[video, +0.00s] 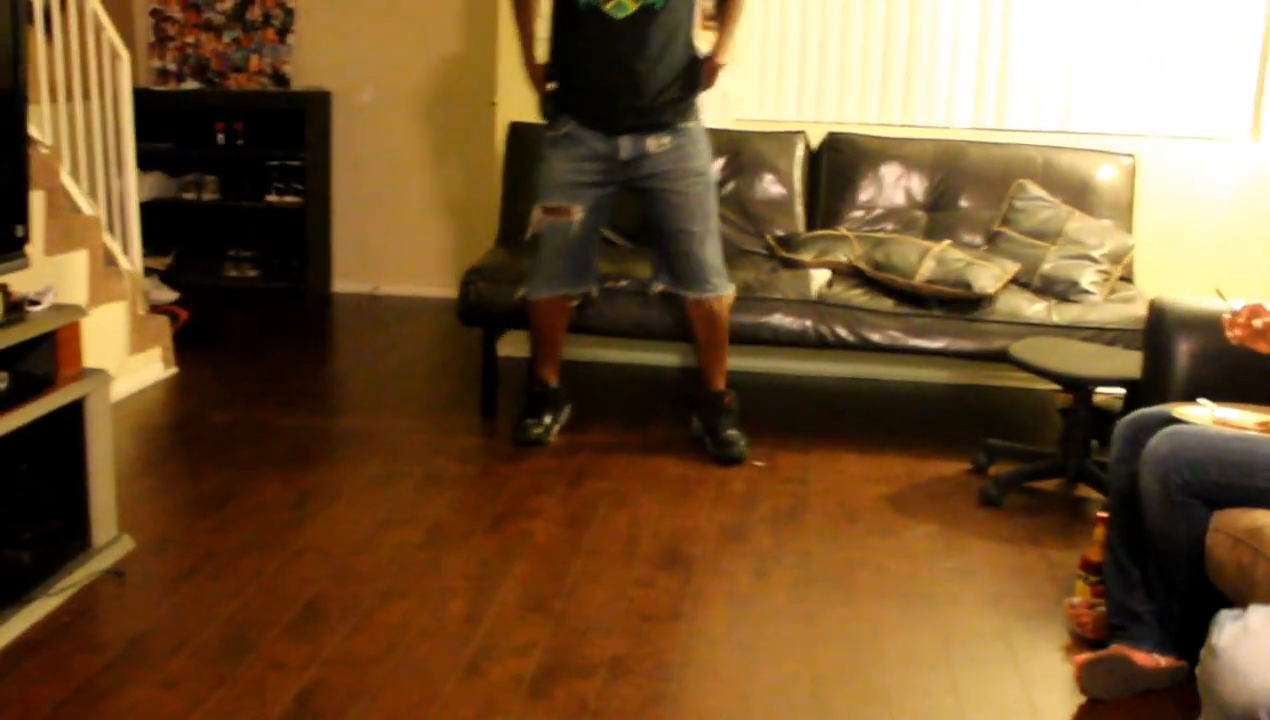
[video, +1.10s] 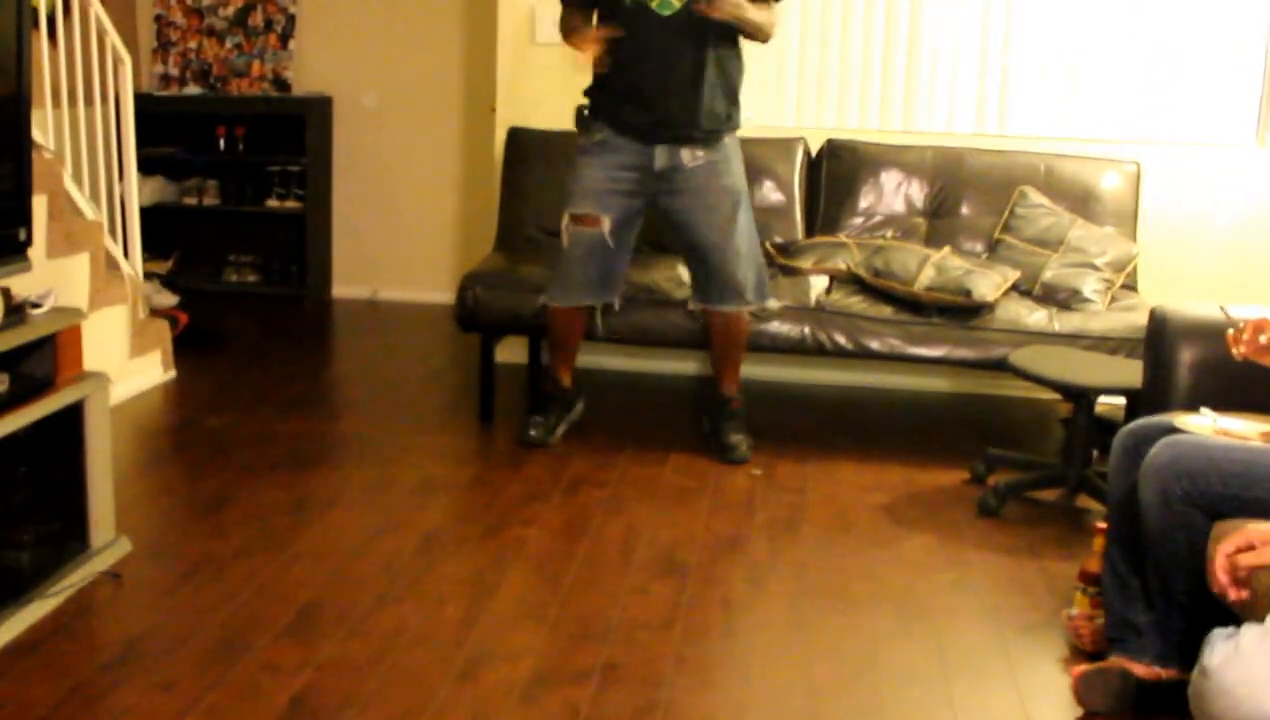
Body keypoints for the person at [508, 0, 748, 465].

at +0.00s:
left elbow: (731, 2)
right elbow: (522, 0)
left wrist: (717, 57)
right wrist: (532, 63)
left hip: (672, 125)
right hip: (577, 125)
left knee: (706, 279)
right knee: (552, 273)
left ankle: (717, 403)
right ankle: (545, 391)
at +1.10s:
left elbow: (766, 24)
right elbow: (572, 16)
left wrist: (733, 11)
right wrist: (580, 33)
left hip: (706, 138)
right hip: (614, 135)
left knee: (731, 280)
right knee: (575, 271)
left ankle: (727, 405)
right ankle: (560, 392)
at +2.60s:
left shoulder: (749, 5)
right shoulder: (612, 4)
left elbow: (764, 93)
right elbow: (621, 94)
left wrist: (768, 37)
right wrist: (596, 85)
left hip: (725, 189)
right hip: (634, 184)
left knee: (752, 336)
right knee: (595, 317)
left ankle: (753, 460)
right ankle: (576, 452)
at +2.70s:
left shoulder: (746, 21)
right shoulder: (609, 23)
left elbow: (765, 120)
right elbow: (587, 117)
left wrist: (719, 69)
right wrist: (637, 118)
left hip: (713, 226)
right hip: (623, 223)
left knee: (741, 374)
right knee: (594, 354)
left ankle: (750, 497)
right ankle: (578, 493)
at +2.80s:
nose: (666, 20)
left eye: (677, 9)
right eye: (656, 8)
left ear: (696, 16)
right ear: (641, 15)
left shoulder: (732, 95)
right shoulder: (600, 86)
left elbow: (763, 172)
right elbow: (573, 164)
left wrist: (703, 152)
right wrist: (648, 163)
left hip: (702, 281)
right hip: (615, 278)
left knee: (736, 427)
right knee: (583, 419)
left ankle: (750, 555)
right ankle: (578, 553)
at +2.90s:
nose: (664, 72)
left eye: (676, 60)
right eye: (655, 59)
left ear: (694, 66)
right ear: (639, 66)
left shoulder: (728, 145)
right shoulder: (597, 139)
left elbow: (746, 230)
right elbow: (574, 219)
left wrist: (691, 207)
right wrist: (647, 231)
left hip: (702, 333)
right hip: (612, 332)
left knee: (742, 476)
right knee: (578, 470)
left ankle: (752, 602)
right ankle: (581, 605)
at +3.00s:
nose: (666, 96)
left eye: (679, 86)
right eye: (657, 85)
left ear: (702, 94)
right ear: (642, 92)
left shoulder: (739, 170)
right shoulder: (601, 166)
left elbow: (765, 264)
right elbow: (569, 251)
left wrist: (741, 241)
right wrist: (608, 265)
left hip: (716, 367)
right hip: (623, 367)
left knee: (748, 506)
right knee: (591, 494)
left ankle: (756, 636)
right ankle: (582, 634)